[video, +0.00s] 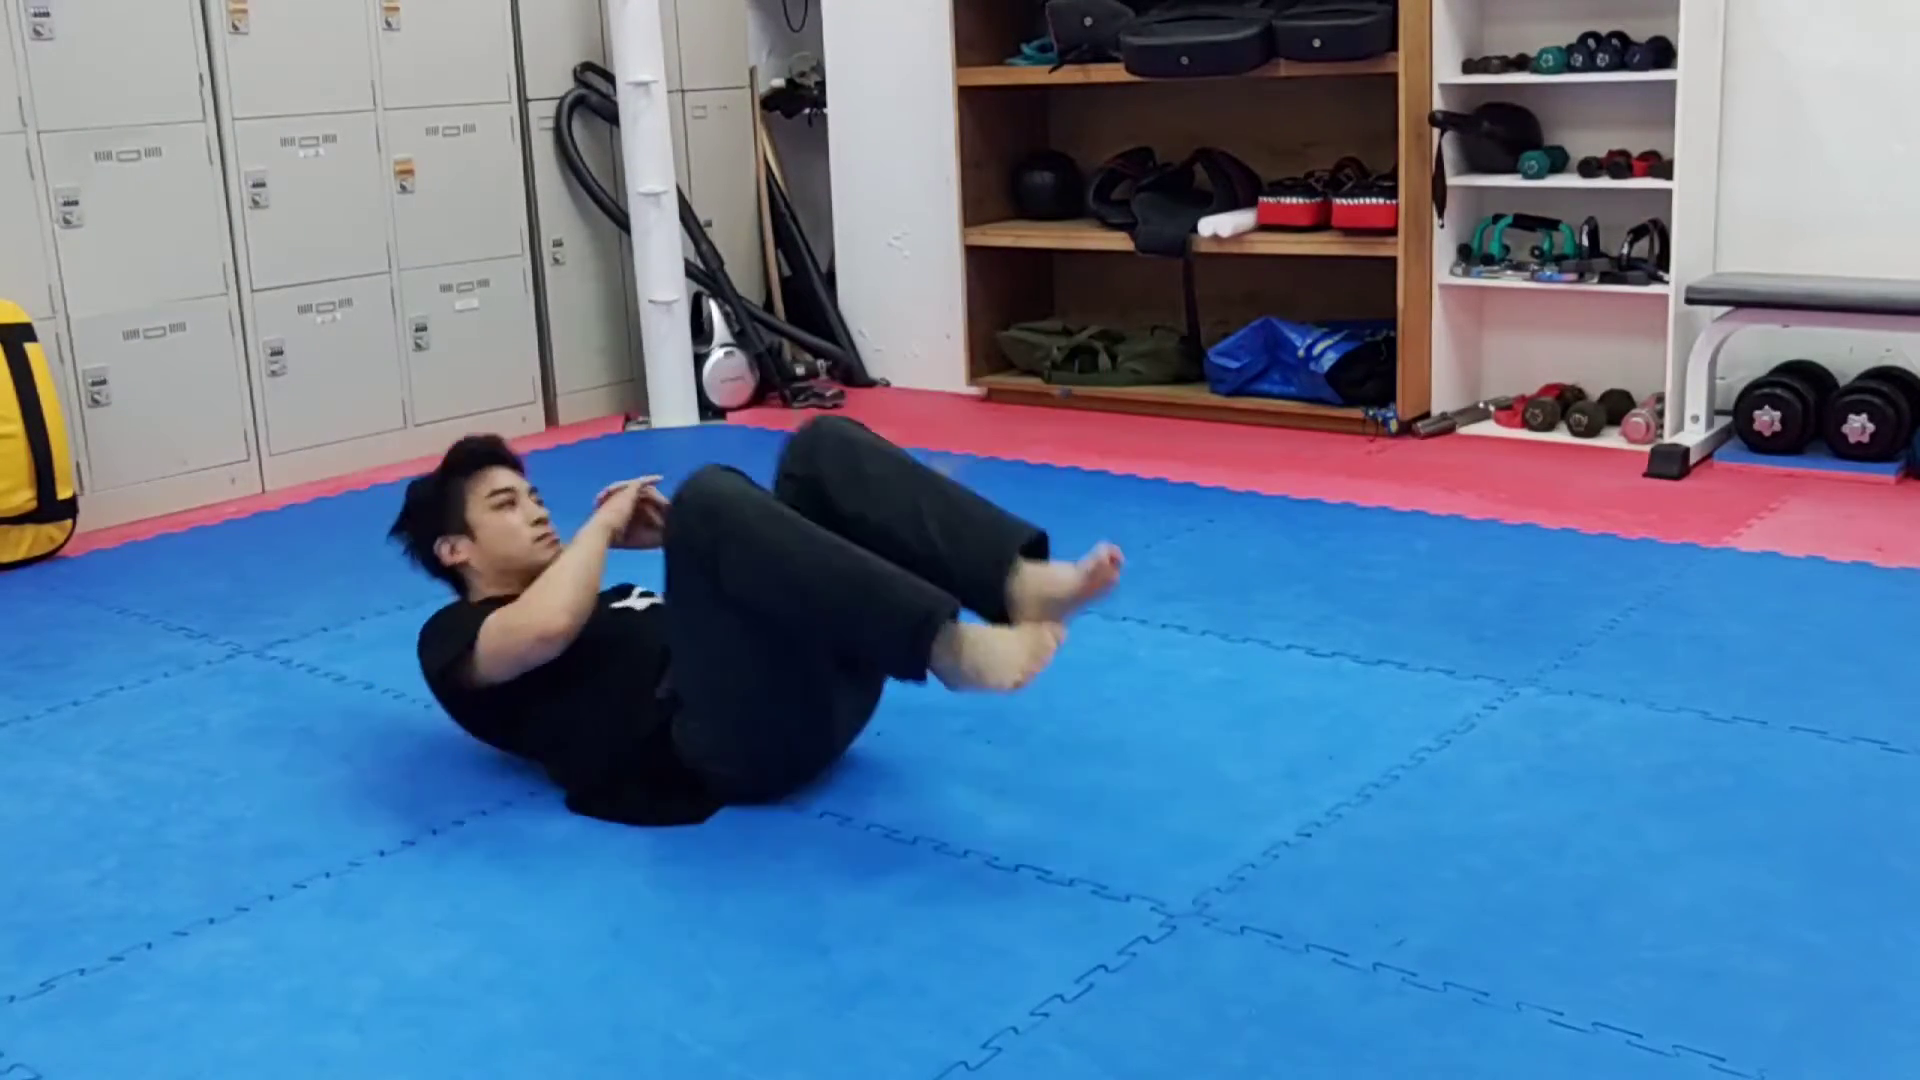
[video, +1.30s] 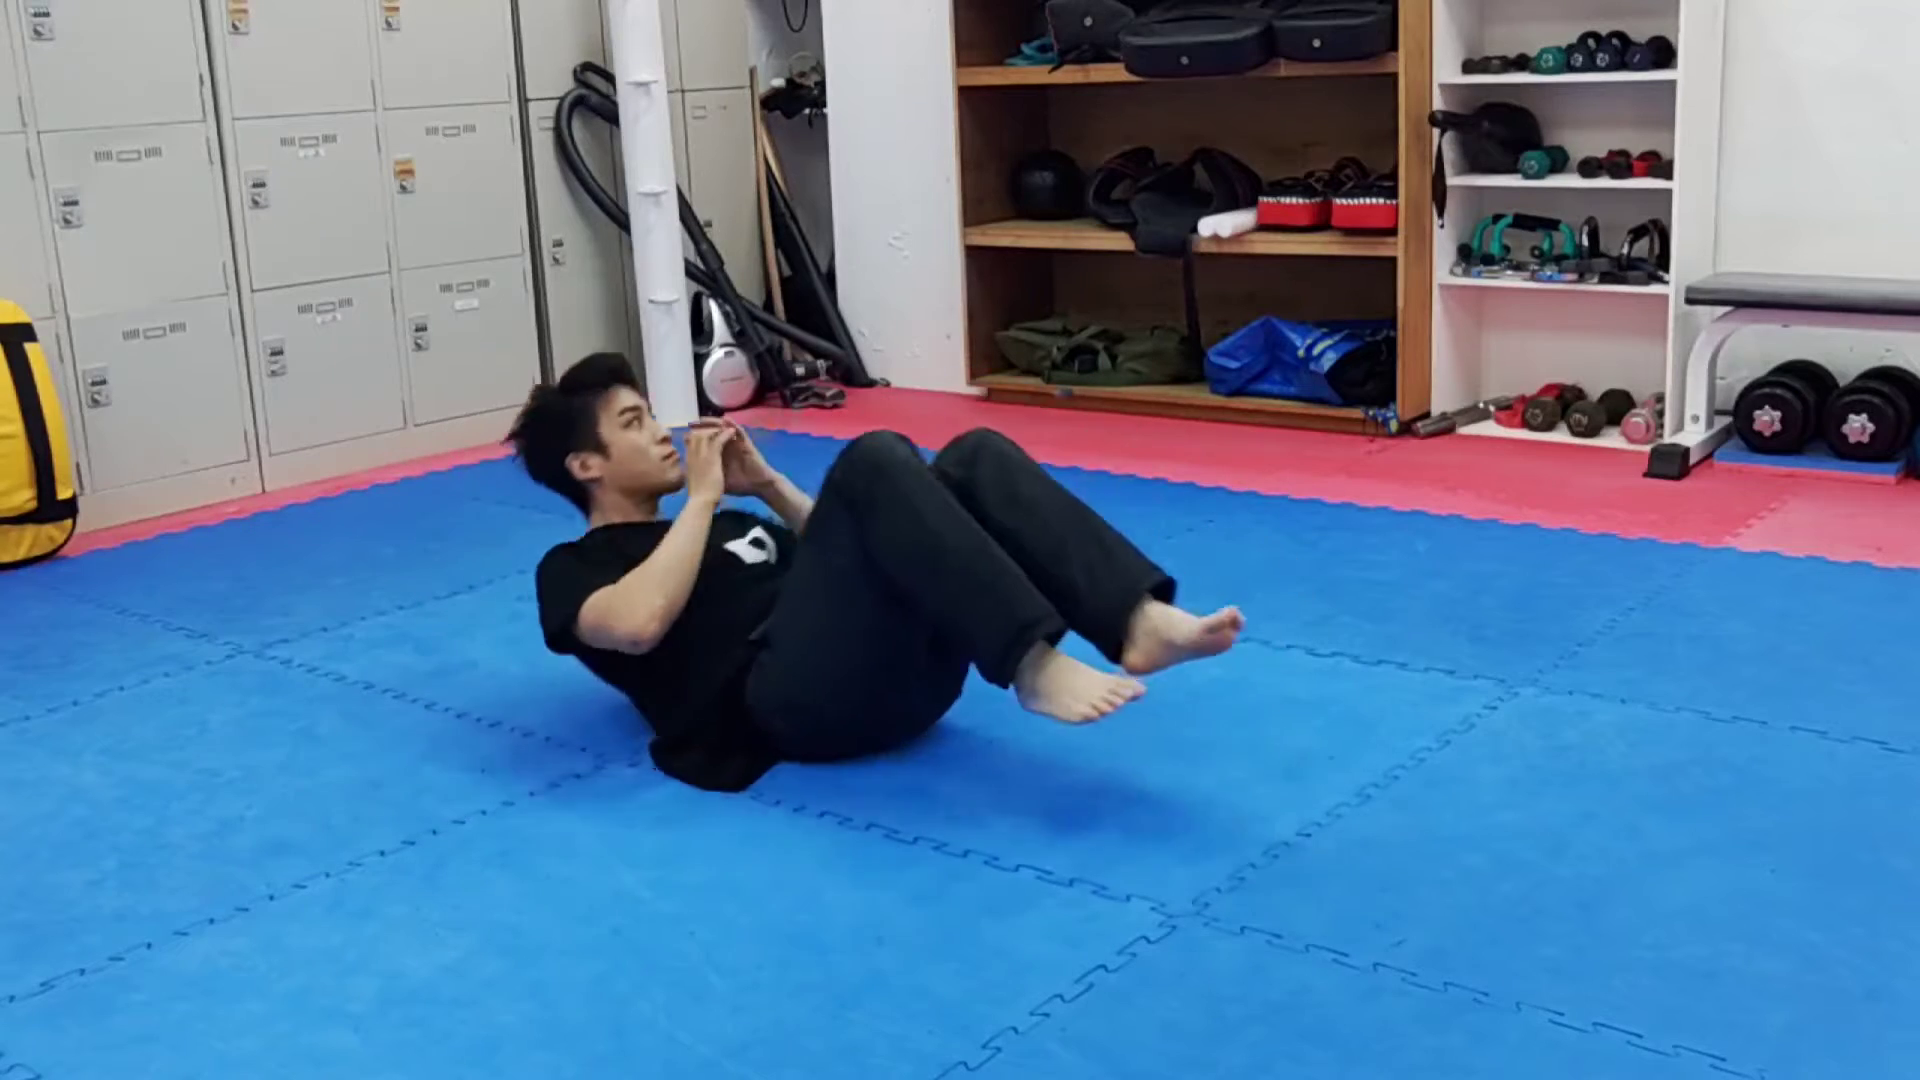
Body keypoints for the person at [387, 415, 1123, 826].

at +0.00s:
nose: (535, 513)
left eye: (531, 499)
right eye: (504, 506)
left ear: (544, 521)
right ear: (455, 554)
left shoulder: (589, 605)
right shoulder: (447, 643)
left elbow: (687, 644)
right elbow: (543, 629)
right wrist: (602, 530)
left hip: (807, 693)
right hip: (732, 747)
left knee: (821, 445)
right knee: (709, 501)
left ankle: (1017, 579)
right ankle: (948, 645)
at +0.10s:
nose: (575, 478)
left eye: (572, 461)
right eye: (546, 468)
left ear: (577, 476)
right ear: (490, 508)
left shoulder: (612, 572)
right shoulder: (471, 603)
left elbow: (768, 593)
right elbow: (566, 628)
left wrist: (704, 534)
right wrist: (629, 519)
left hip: (817, 702)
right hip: (735, 745)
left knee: (890, 467)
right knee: (772, 493)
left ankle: (1063, 643)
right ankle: (972, 691)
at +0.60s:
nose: (532, 514)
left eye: (524, 494)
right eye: (503, 523)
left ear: (539, 482)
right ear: (476, 563)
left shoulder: (638, 529)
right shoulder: (521, 659)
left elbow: (763, 505)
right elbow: (572, 739)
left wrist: (610, 497)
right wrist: (545, 588)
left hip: (853, 670)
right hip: (767, 720)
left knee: (933, 451)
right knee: (845, 458)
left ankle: (1133, 541)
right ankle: (1007, 653)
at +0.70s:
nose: (531, 533)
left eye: (529, 510)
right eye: (499, 538)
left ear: (545, 512)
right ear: (470, 583)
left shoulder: (634, 559)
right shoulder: (504, 676)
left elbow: (745, 519)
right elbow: (546, 724)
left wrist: (603, 496)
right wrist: (533, 570)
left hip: (835, 662)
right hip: (750, 707)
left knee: (853, 418)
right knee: (787, 433)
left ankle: (1074, 470)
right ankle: (985, 595)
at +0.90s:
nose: (535, 532)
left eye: (533, 518)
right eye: (505, 530)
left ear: (549, 530)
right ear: (469, 586)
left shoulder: (629, 581)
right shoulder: (492, 667)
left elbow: (746, 537)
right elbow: (556, 629)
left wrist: (665, 492)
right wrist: (580, 504)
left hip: (815, 626)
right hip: (745, 687)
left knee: (785, 371)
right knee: (720, 432)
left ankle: (1019, 444)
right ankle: (966, 528)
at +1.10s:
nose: (591, 495)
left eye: (585, 482)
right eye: (561, 489)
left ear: (599, 504)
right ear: (516, 536)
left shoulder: (646, 577)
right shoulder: (518, 621)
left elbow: (756, 600)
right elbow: (625, 598)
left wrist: (717, 501)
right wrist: (676, 504)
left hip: (861, 662)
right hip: (787, 710)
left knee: (861, 426)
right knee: (765, 474)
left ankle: (1055, 542)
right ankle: (998, 604)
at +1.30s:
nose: (662, 432)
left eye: (654, 417)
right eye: (635, 426)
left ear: (655, 437)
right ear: (586, 469)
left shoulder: (721, 519)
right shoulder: (569, 568)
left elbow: (842, 550)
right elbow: (635, 621)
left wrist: (767, 485)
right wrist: (703, 496)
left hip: (897, 669)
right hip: (804, 702)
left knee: (977, 454)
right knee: (872, 456)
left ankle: (1136, 619)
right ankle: (1031, 661)